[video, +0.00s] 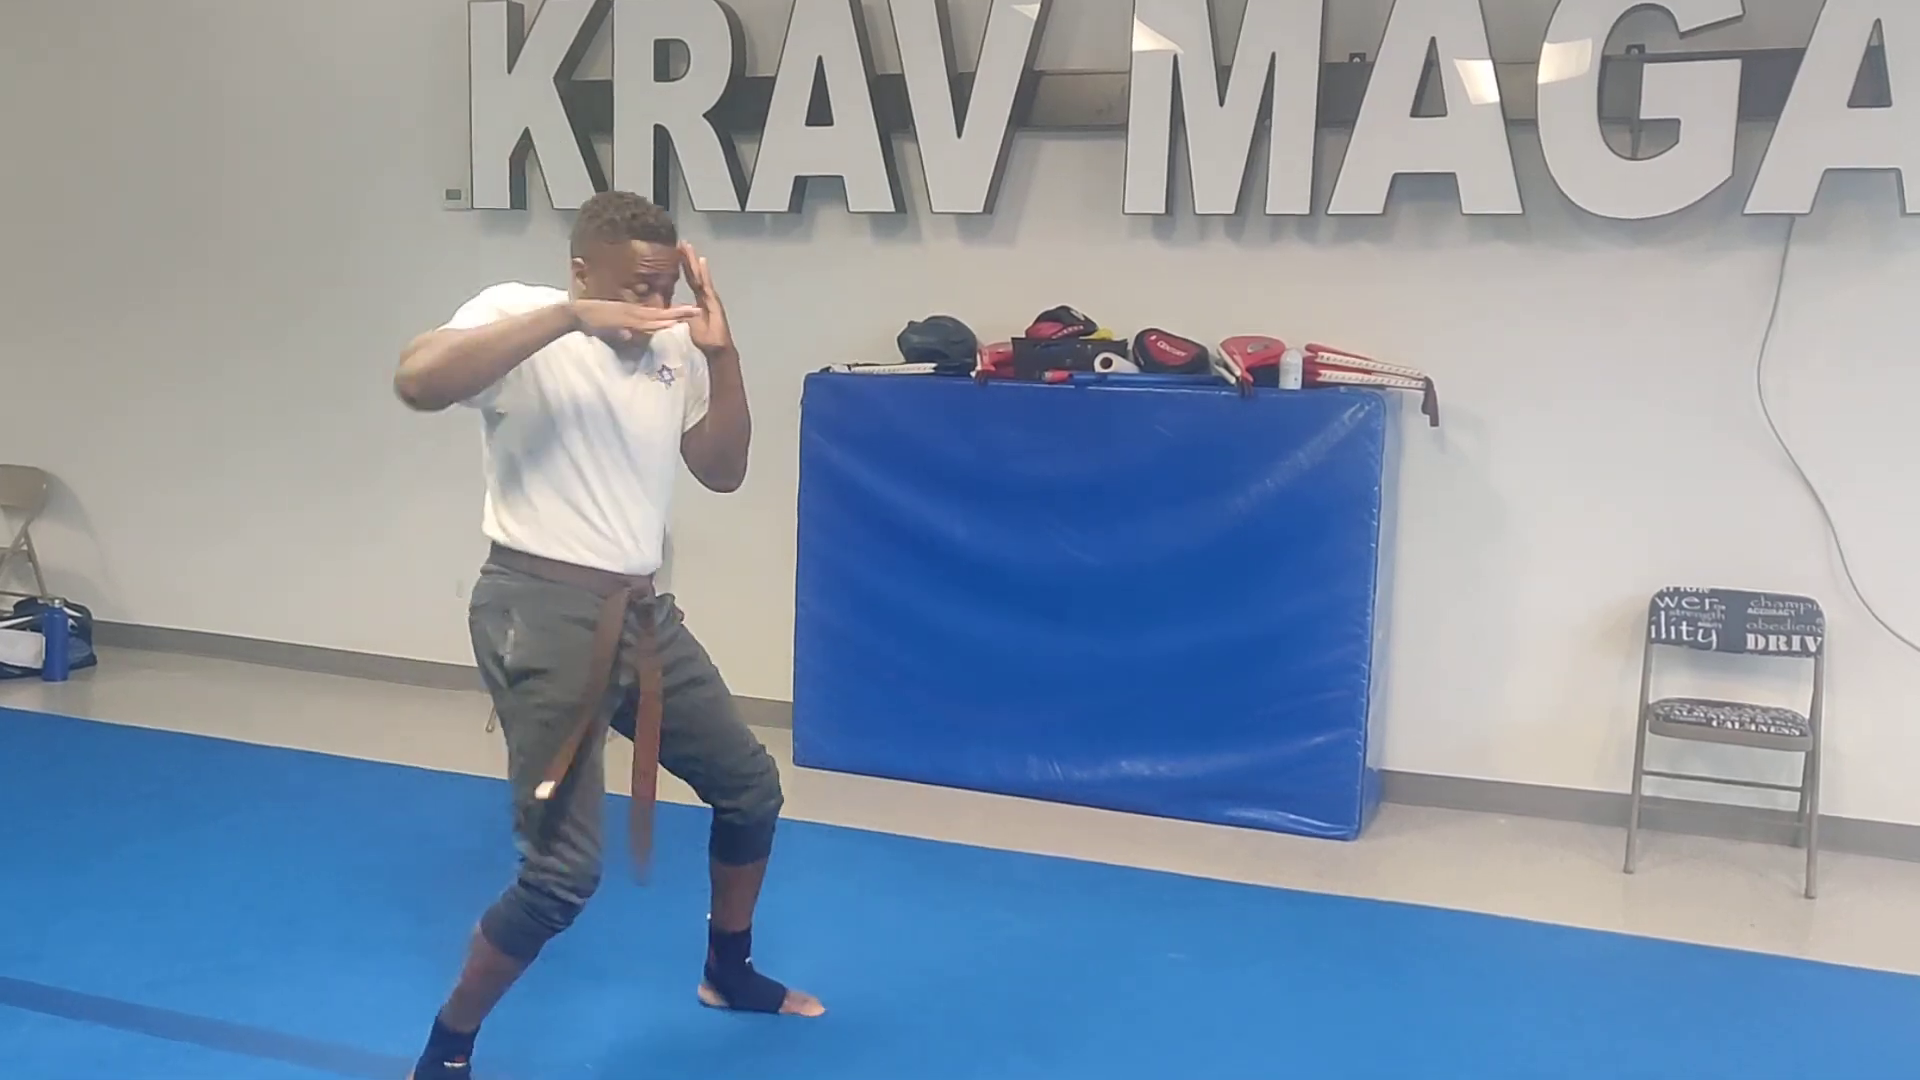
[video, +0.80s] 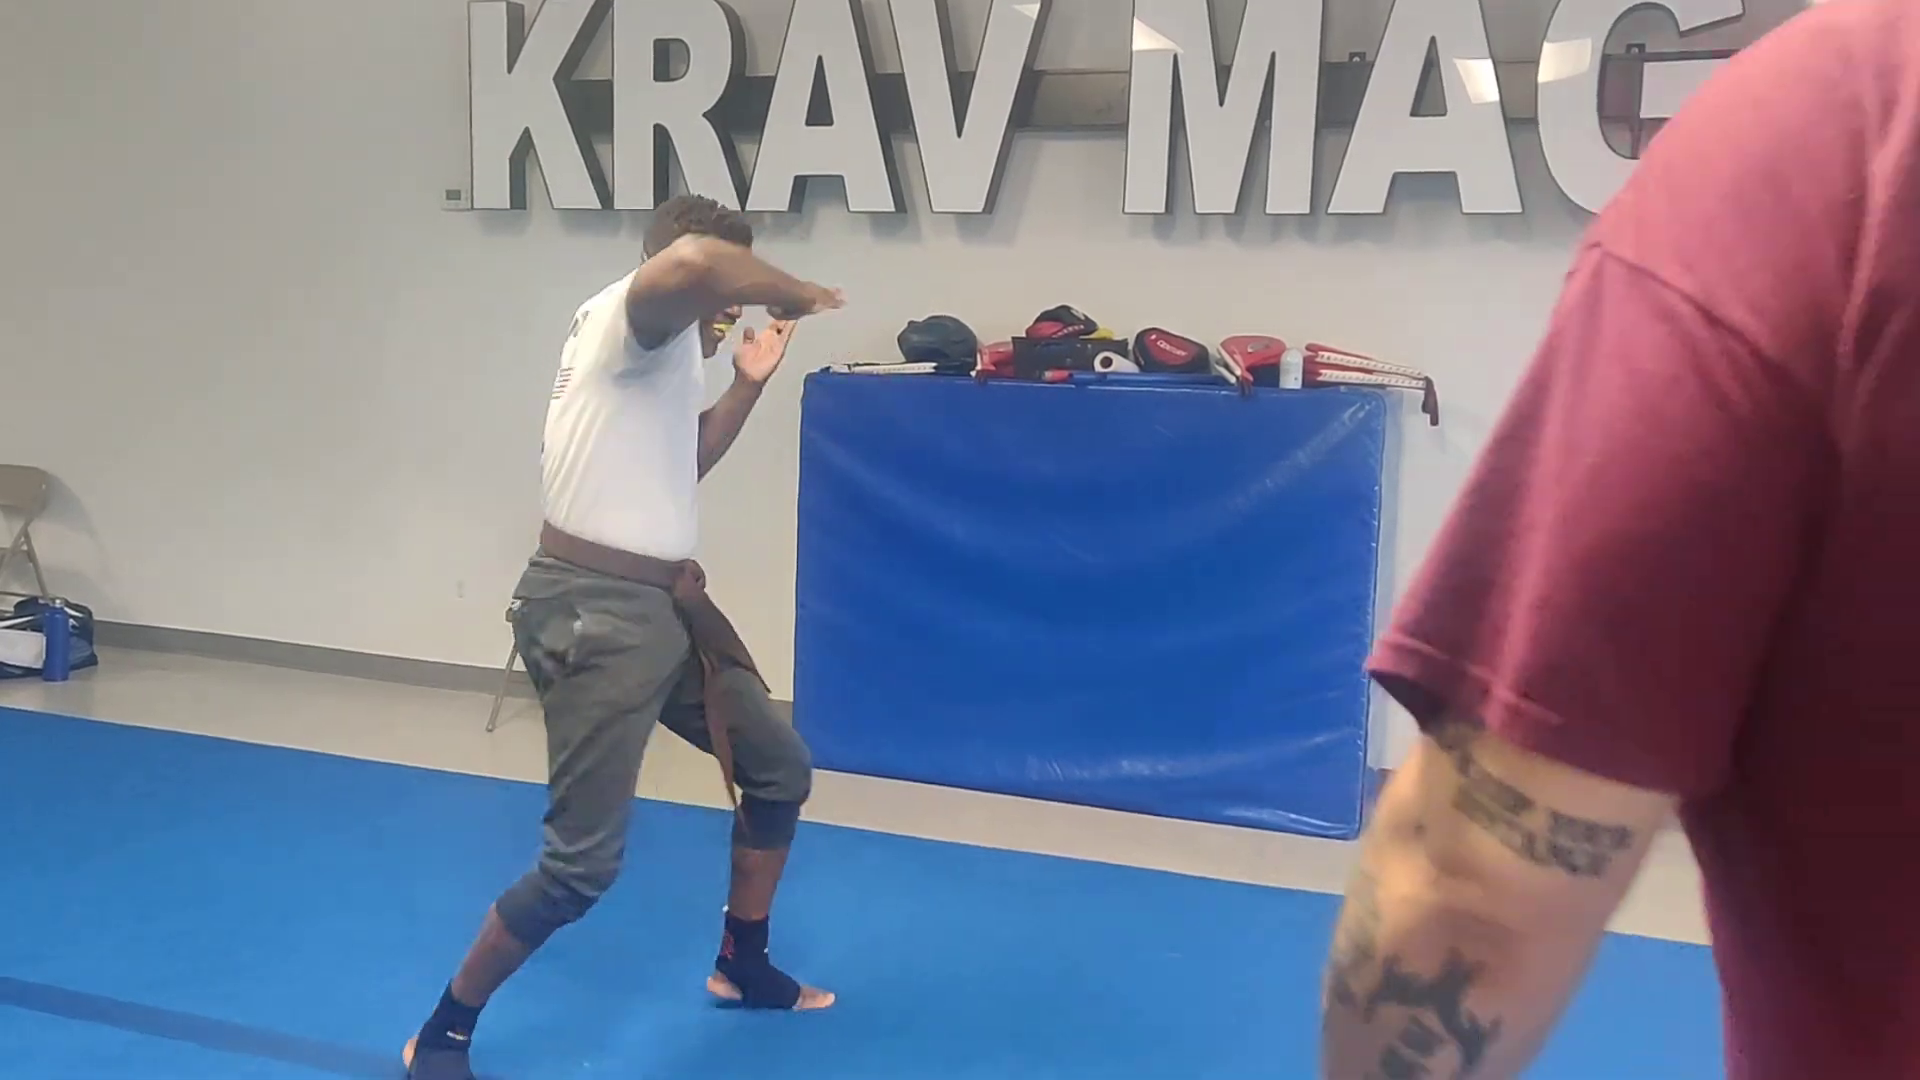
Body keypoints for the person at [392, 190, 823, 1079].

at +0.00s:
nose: (656, 298)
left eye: (664, 282)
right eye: (641, 281)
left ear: (674, 278)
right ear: (586, 269)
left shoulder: (673, 349)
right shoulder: (519, 312)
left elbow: (723, 468)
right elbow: (418, 379)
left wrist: (723, 356)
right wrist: (572, 314)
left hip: (640, 608)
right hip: (541, 606)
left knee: (749, 789)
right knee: (562, 871)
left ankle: (731, 971)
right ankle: (443, 1057)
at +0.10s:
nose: (703, 294)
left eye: (708, 278)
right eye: (694, 275)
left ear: (683, 281)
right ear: (642, 264)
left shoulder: (666, 371)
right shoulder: (584, 329)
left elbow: (708, 459)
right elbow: (537, 310)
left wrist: (744, 359)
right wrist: (691, 288)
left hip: (646, 609)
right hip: (579, 606)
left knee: (747, 777)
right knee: (600, 872)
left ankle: (732, 971)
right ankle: (432, 1055)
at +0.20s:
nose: (708, 283)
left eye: (710, 269)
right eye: (705, 272)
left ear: (625, 258)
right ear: (669, 264)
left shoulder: (560, 327)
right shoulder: (646, 309)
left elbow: (669, 438)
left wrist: (733, 361)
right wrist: (815, 287)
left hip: (564, 597)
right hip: (621, 606)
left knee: (733, 761)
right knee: (622, 871)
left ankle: (735, 971)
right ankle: (421, 1057)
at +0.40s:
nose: (732, 324)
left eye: (732, 308)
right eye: (726, 308)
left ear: (639, 290)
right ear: (679, 292)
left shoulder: (536, 357)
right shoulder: (728, 359)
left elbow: (578, 467)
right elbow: (854, 401)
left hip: (572, 631)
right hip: (659, 636)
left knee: (746, 764)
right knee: (626, 880)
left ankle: (733, 970)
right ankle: (434, 1059)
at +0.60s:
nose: (736, 308)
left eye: (736, 294)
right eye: (727, 293)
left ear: (650, 280)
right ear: (666, 277)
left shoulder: (561, 339)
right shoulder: (703, 334)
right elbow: (878, 322)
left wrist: (697, 569)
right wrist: (809, 353)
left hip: (584, 605)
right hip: (650, 616)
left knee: (761, 781)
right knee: (615, 867)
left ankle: (737, 973)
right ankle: (411, 1051)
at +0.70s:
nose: (736, 286)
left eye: (733, 266)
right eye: (733, 266)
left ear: (655, 253)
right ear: (706, 256)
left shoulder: (587, 318)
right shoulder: (680, 308)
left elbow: (637, 431)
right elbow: (763, 234)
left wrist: (723, 390)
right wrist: (847, 281)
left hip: (597, 584)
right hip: (628, 599)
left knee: (748, 781)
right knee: (621, 860)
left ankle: (736, 974)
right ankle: (418, 1017)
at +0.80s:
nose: (732, 305)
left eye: (736, 292)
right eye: (723, 288)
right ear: (688, 261)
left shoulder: (671, 358)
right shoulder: (624, 323)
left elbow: (681, 466)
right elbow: (695, 254)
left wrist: (744, 385)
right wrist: (793, 290)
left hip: (660, 602)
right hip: (593, 602)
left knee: (779, 770)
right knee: (579, 865)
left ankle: (744, 964)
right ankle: (442, 1037)